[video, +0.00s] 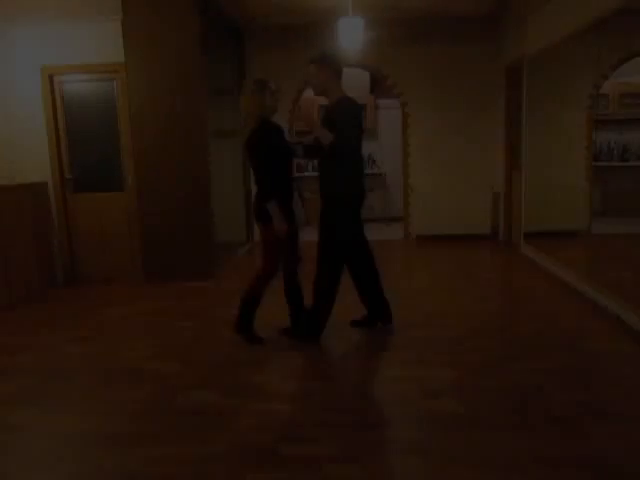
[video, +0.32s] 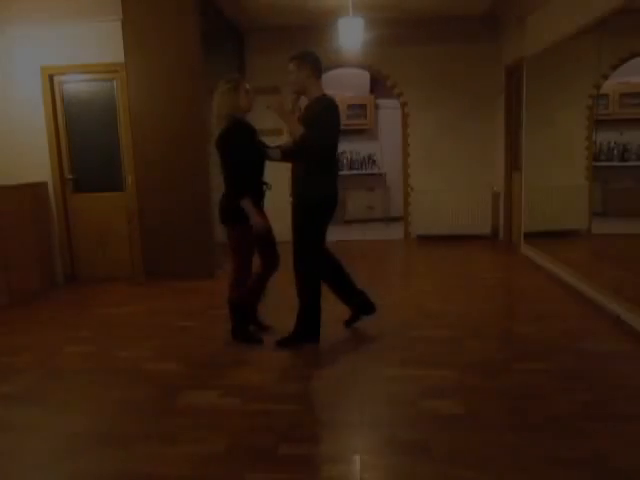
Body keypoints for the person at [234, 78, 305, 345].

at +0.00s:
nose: (276, 101)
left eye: (274, 96)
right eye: (271, 96)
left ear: (260, 100)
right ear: (260, 100)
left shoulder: (270, 131)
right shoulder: (263, 133)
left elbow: (281, 172)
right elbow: (268, 179)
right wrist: (276, 214)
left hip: (282, 205)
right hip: (271, 207)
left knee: (289, 264)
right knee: (271, 265)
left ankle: (298, 318)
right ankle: (244, 320)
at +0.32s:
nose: (250, 98)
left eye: (248, 93)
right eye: (245, 93)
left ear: (236, 98)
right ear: (232, 99)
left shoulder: (241, 129)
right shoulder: (234, 132)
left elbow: (261, 152)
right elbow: (239, 178)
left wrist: (287, 149)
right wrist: (253, 212)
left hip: (247, 202)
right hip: (239, 205)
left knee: (268, 260)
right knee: (243, 264)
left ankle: (247, 313)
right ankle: (240, 324)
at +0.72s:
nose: (227, 97)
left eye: (225, 93)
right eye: (221, 93)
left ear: (214, 99)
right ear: (207, 98)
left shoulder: (222, 131)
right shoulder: (198, 136)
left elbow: (246, 153)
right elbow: (195, 181)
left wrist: (275, 148)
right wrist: (203, 217)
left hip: (227, 207)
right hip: (214, 209)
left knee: (218, 266)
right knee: (234, 267)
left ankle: (205, 320)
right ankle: (223, 323)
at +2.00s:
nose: (187, 103)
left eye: (187, 98)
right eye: (181, 98)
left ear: (182, 104)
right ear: (166, 103)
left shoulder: (190, 136)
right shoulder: (156, 142)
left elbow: (212, 155)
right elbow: (156, 188)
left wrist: (241, 156)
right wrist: (177, 216)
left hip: (200, 208)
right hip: (174, 213)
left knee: (206, 268)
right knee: (181, 270)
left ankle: (191, 324)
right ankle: (183, 325)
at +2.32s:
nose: (170, 97)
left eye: (169, 91)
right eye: (163, 92)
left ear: (161, 97)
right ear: (146, 97)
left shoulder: (167, 131)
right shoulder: (135, 135)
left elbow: (181, 162)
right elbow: (125, 180)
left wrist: (214, 163)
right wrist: (159, 195)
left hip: (184, 212)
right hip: (161, 216)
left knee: (189, 275)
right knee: (170, 286)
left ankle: (189, 328)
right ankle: (155, 365)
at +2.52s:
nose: (153, 93)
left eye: (152, 88)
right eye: (146, 88)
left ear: (138, 93)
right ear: (128, 94)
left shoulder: (143, 127)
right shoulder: (125, 129)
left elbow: (161, 165)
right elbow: (123, 178)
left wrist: (196, 155)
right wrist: (165, 196)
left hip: (152, 221)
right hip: (138, 224)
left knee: (180, 277)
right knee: (155, 290)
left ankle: (143, 330)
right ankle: (148, 371)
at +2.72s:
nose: (136, 93)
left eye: (134, 88)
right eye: (130, 89)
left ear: (119, 95)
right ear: (112, 95)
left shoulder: (128, 133)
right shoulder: (114, 136)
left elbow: (168, 159)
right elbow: (122, 190)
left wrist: (205, 130)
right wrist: (147, 224)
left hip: (130, 224)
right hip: (119, 227)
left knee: (147, 297)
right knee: (134, 301)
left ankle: (100, 361)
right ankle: (145, 378)